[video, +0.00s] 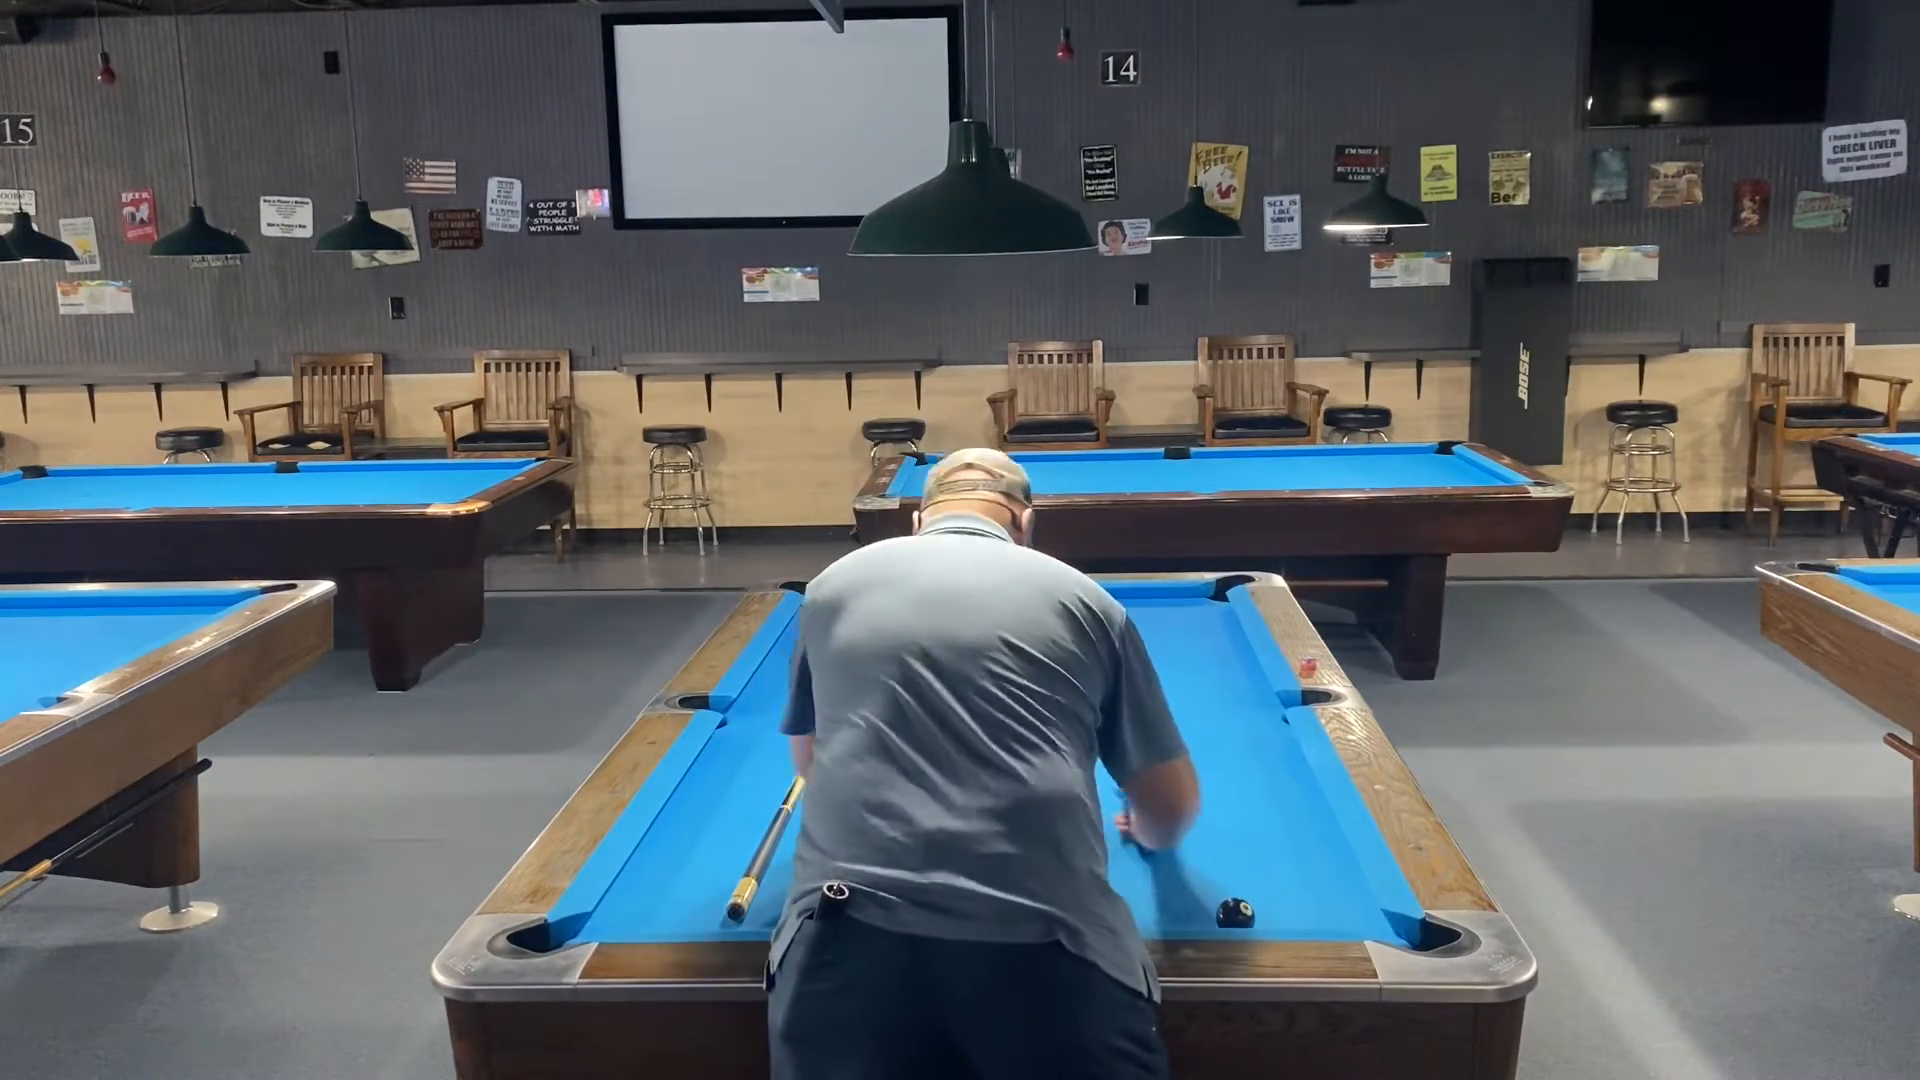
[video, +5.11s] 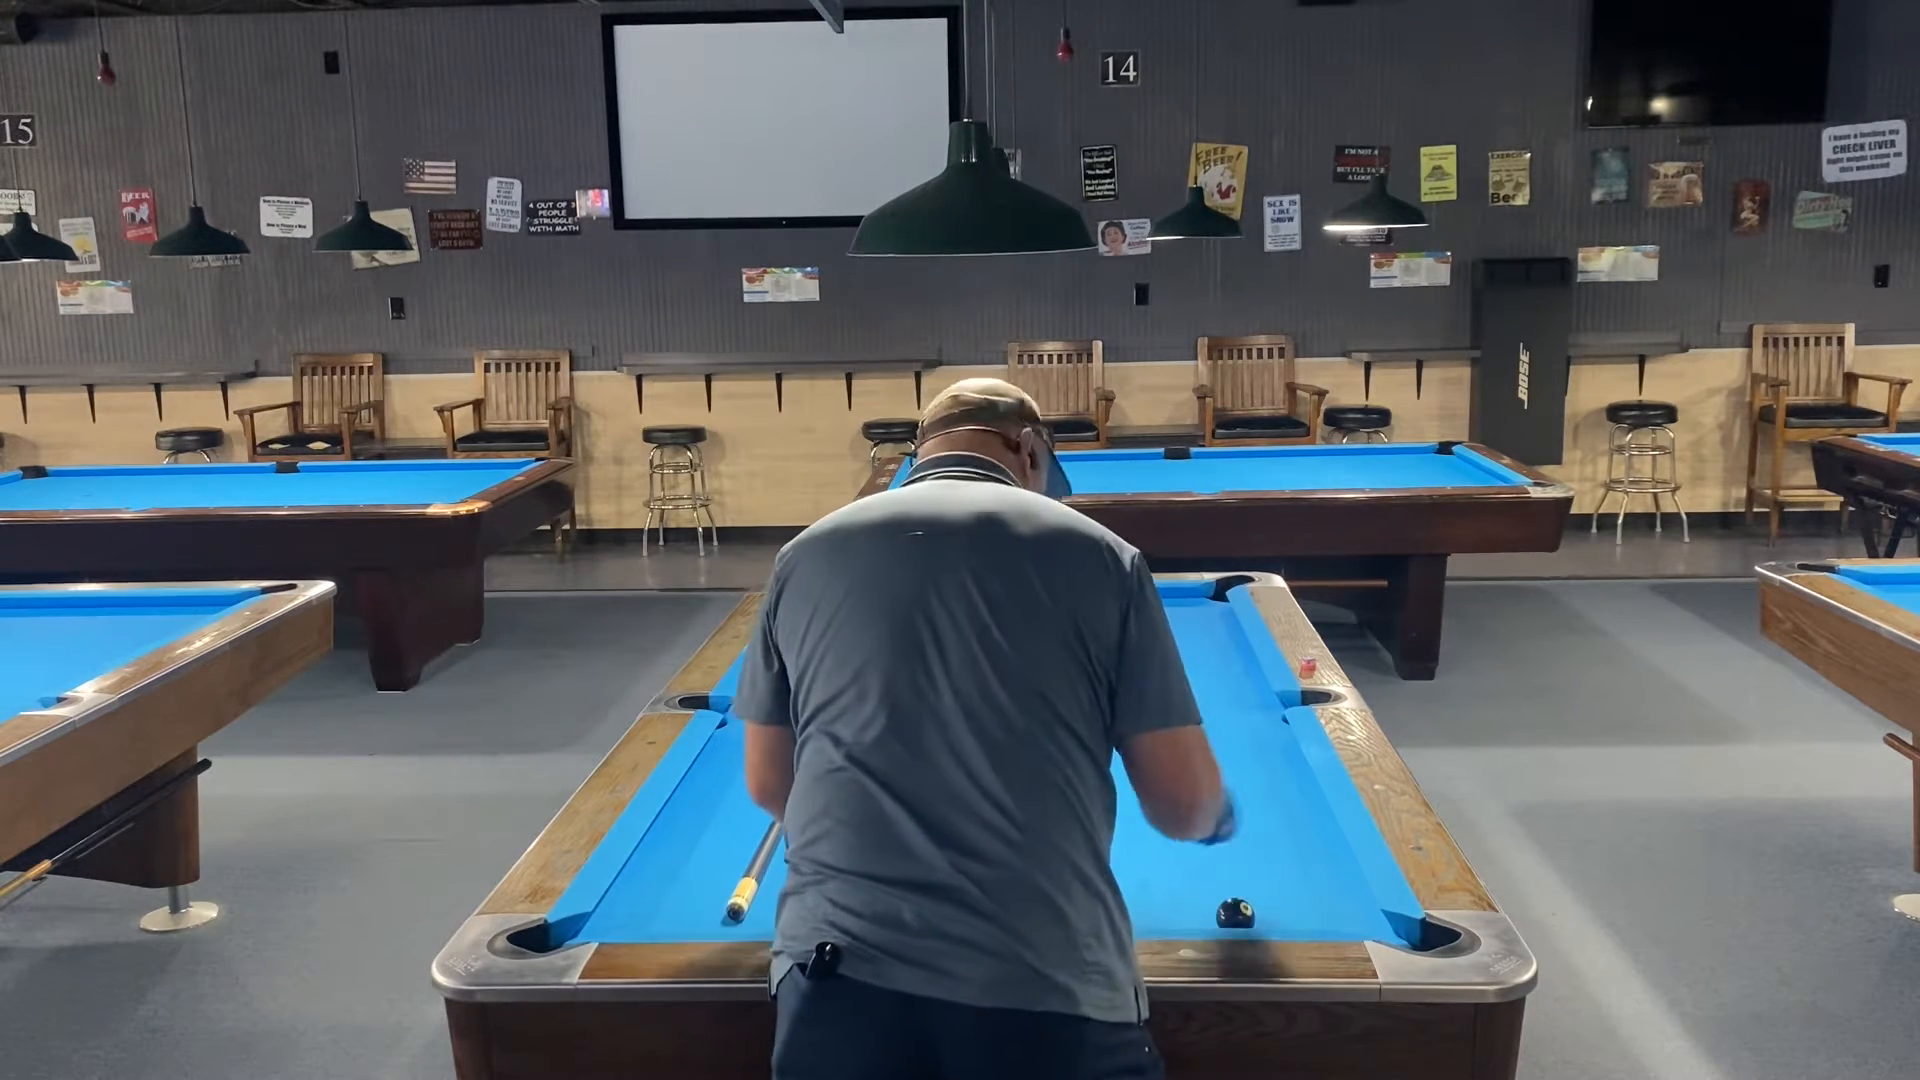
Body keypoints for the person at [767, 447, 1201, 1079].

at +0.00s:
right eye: (1029, 519)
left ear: (917, 522)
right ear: (1023, 522)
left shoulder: (835, 583)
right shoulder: (1086, 600)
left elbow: (811, 757)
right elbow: (1171, 801)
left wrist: (877, 804)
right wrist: (1148, 831)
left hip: (847, 958)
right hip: (1048, 965)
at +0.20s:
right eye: (1059, 533)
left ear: (946, 522)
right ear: (1046, 531)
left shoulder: (857, 580)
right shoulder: (1101, 600)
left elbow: (858, 729)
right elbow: (1182, 812)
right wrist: (1163, 836)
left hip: (840, 956)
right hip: (1040, 966)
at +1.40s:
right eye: (1048, 493)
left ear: (931, 490)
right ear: (1039, 486)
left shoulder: (836, 573)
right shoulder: (1097, 578)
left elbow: (813, 768)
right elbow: (1164, 789)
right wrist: (1094, 825)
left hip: (844, 965)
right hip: (1047, 972)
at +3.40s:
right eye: (1020, 512)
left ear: (913, 519)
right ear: (1018, 517)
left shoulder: (834, 592)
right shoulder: (1089, 598)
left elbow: (809, 789)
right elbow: (1123, 801)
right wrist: (1031, 849)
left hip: (846, 956)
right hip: (1050, 963)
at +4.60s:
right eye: (1033, 490)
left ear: (915, 491)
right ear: (1024, 493)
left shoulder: (825, 562)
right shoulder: (1099, 578)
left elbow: (767, 774)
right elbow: (1158, 784)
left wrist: (857, 819)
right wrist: (1096, 776)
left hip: (846, 968)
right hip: (1052, 977)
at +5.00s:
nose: (1044, 485)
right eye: (1041, 470)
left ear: (914, 461)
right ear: (1027, 462)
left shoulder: (809, 552)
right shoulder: (1101, 561)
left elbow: (761, 778)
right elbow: (1176, 789)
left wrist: (846, 831)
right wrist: (1154, 831)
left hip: (844, 987)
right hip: (1053, 1005)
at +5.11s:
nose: (1049, 490)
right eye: (1046, 470)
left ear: (916, 460)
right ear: (1027, 452)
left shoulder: (810, 551)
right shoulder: (1099, 557)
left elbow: (769, 780)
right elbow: (1183, 804)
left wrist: (854, 829)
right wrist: (1210, 806)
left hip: (841, 997)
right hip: (1051, 1007)